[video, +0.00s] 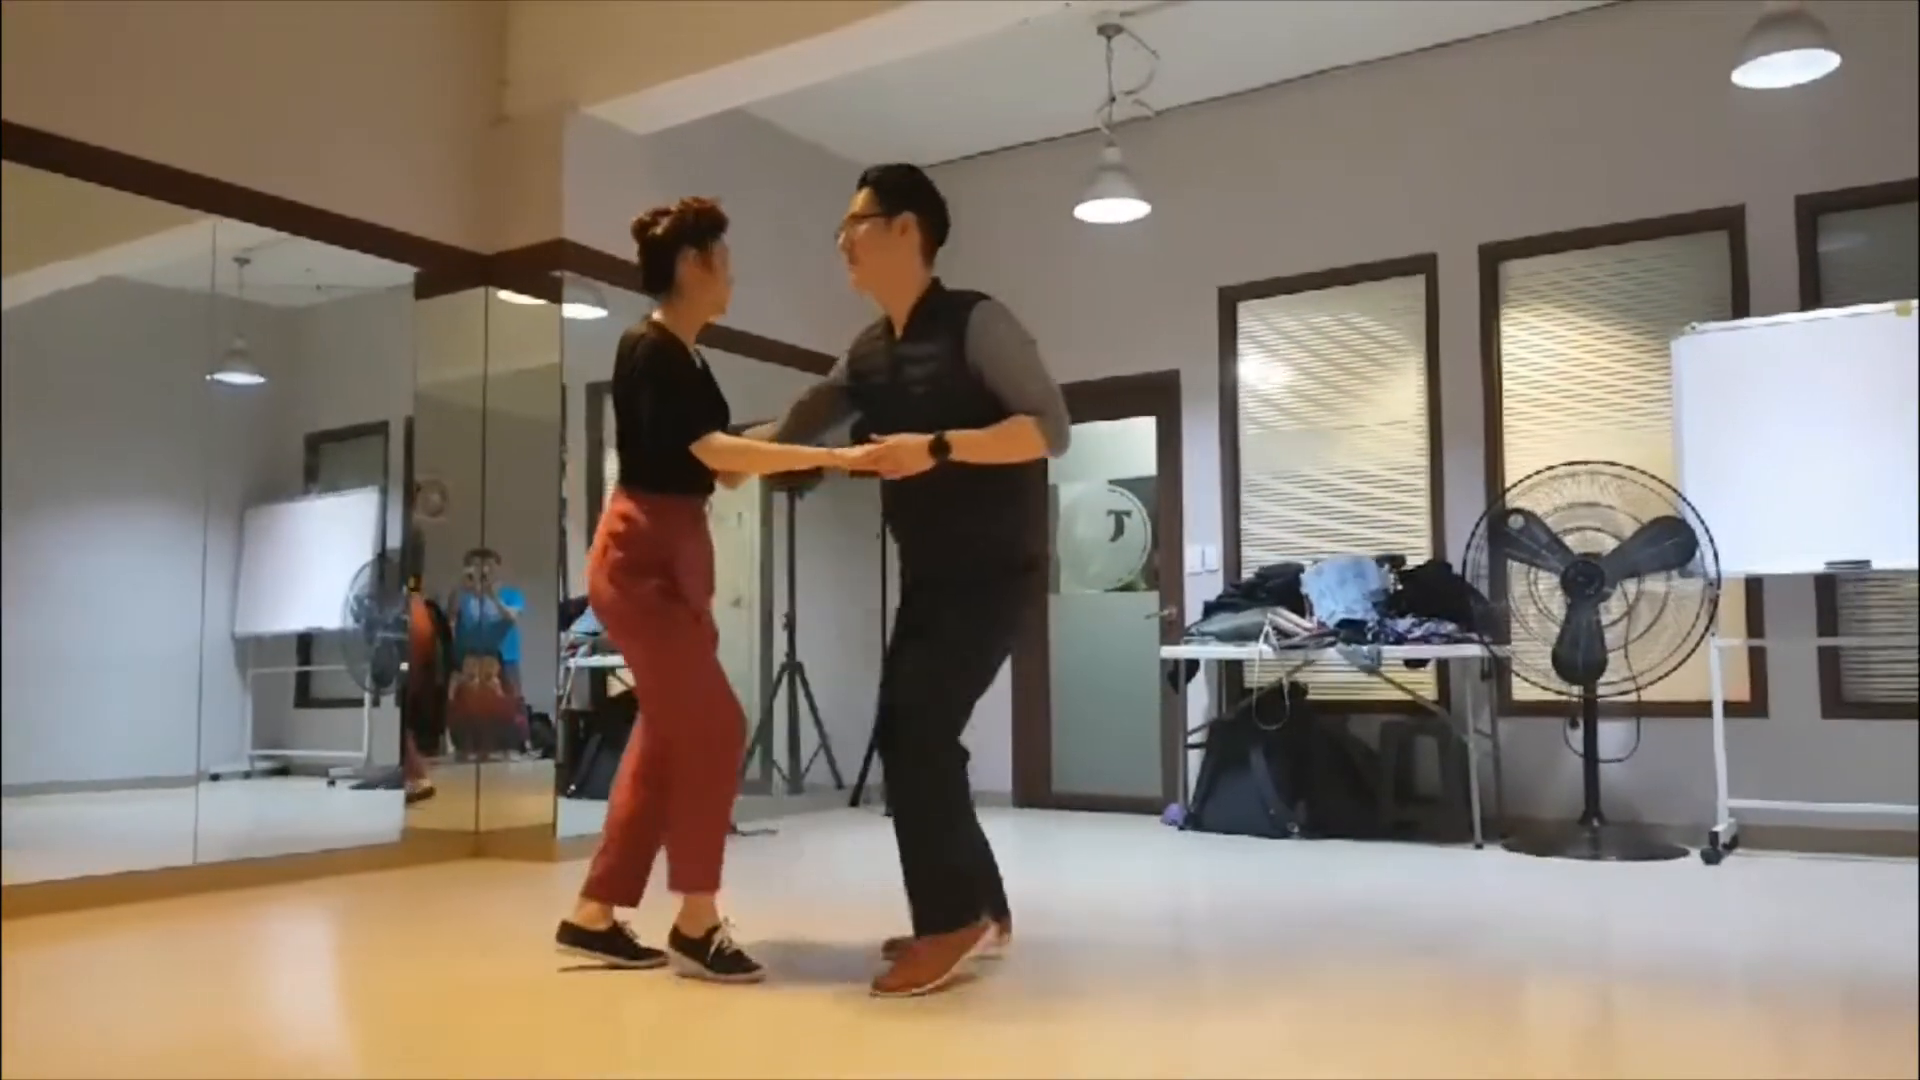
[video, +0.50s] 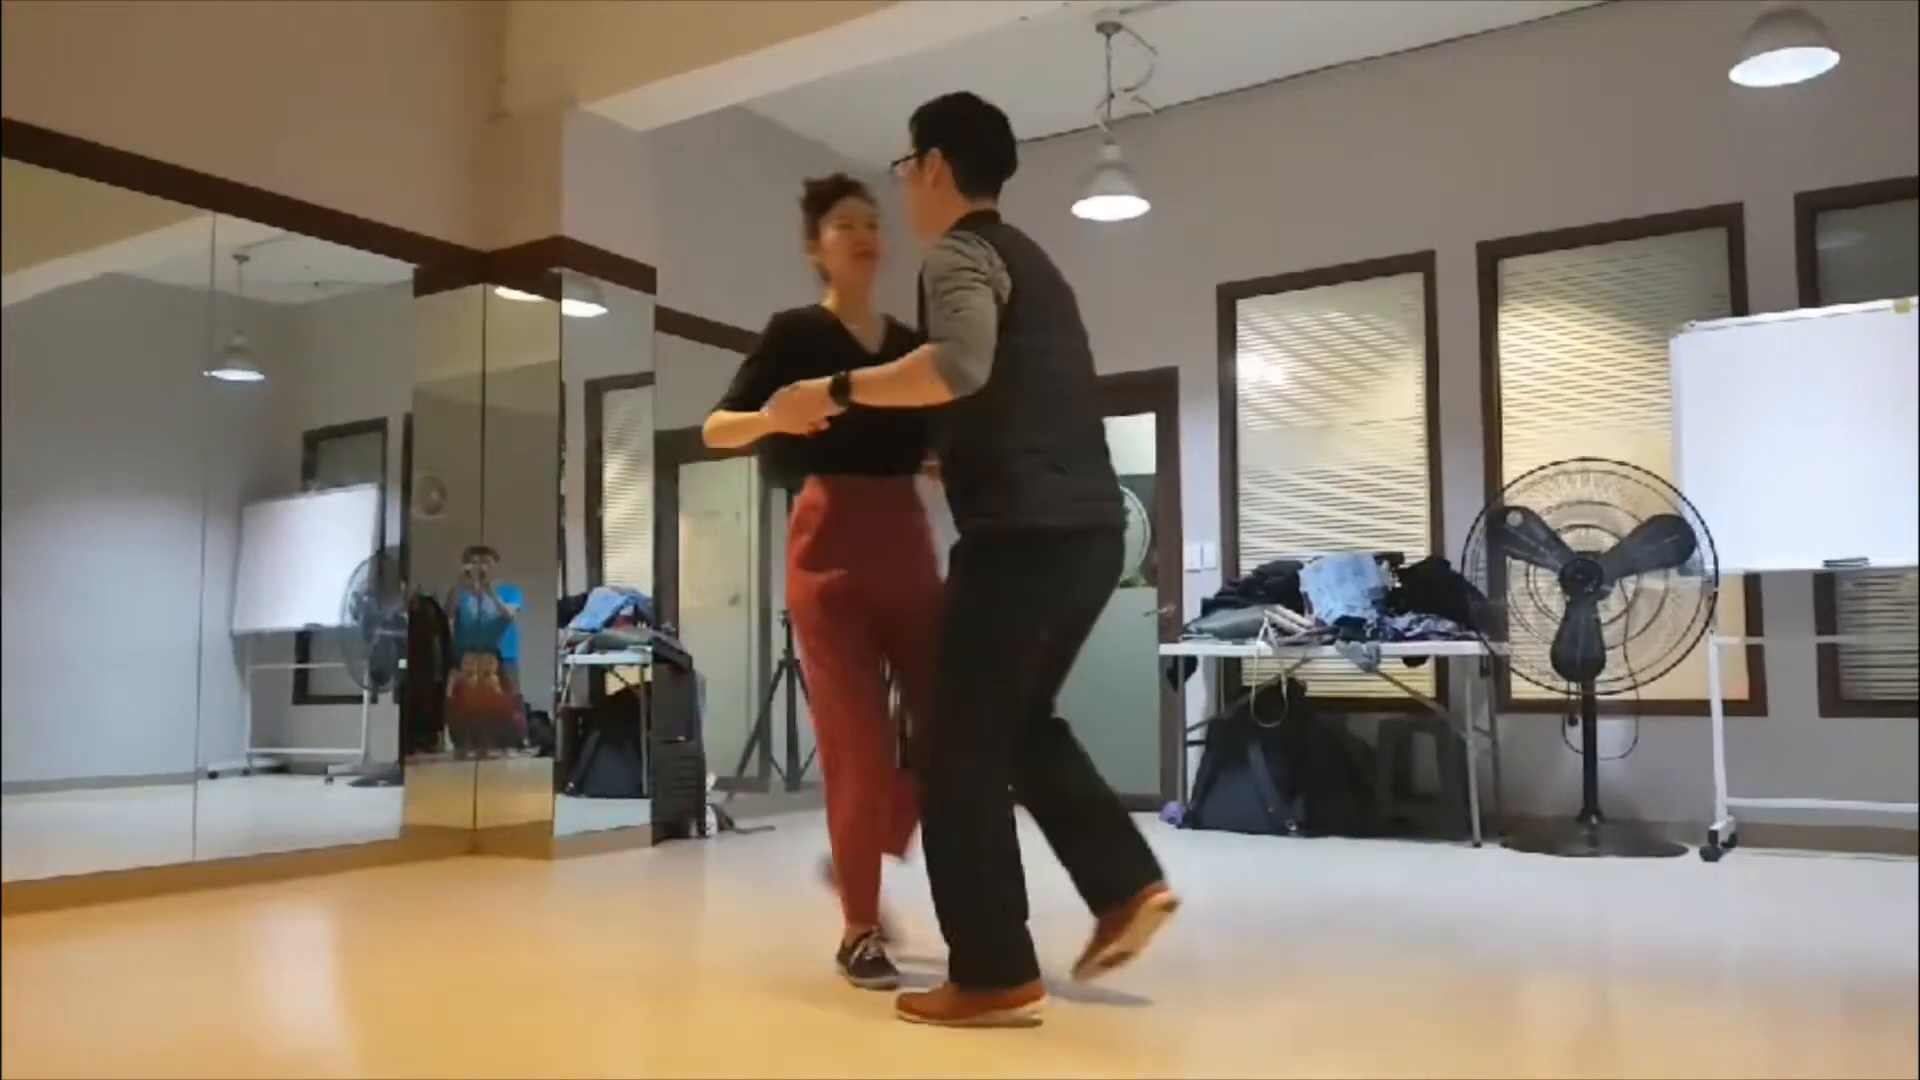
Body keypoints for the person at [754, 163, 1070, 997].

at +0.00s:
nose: (843, 241)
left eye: (858, 225)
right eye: (844, 229)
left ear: (911, 233)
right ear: (881, 241)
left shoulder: (979, 322)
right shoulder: (870, 350)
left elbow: (1049, 430)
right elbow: (791, 430)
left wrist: (938, 447)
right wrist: (721, 452)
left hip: (996, 569)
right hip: (931, 573)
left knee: (915, 730)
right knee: (913, 734)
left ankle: (950, 923)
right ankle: (977, 908)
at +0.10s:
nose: (856, 248)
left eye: (871, 232)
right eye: (859, 234)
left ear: (921, 243)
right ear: (900, 247)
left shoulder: (992, 335)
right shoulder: (886, 362)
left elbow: (1062, 443)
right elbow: (814, 440)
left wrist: (948, 459)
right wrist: (746, 459)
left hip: (1007, 578)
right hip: (950, 581)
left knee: (910, 731)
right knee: (910, 734)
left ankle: (984, 938)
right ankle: (962, 921)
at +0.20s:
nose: (860, 242)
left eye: (873, 225)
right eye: (863, 227)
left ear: (921, 234)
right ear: (909, 238)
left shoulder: (988, 322)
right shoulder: (905, 358)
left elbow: (1059, 431)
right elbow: (841, 458)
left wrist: (939, 460)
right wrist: (763, 478)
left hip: (1016, 582)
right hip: (970, 585)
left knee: (918, 747)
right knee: (931, 745)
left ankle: (998, 964)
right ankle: (968, 927)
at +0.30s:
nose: (864, 218)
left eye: (874, 200)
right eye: (868, 203)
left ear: (915, 206)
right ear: (920, 210)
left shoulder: (970, 290)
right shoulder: (937, 308)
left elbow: (1033, 400)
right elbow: (952, 420)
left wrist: (908, 432)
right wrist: (881, 453)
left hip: (1021, 565)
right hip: (990, 565)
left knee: (941, 744)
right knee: (942, 738)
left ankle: (1002, 970)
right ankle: (977, 915)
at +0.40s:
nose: (886, 194)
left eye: (891, 177)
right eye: (889, 178)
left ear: (923, 176)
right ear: (969, 182)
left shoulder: (956, 259)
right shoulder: (1007, 266)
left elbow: (980, 363)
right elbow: (1009, 406)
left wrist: (851, 397)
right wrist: (907, 460)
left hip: (1019, 538)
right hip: (1066, 531)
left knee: (956, 740)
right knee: (1001, 719)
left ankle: (995, 970)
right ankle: (1086, 895)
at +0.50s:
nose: (903, 184)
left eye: (908, 167)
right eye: (906, 168)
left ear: (938, 167)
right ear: (991, 173)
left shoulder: (962, 252)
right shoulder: (1031, 260)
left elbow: (961, 366)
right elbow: (1038, 398)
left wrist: (839, 389)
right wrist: (944, 455)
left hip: (1023, 533)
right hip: (1087, 526)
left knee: (961, 743)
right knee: (1017, 720)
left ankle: (993, 974)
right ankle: (1128, 887)